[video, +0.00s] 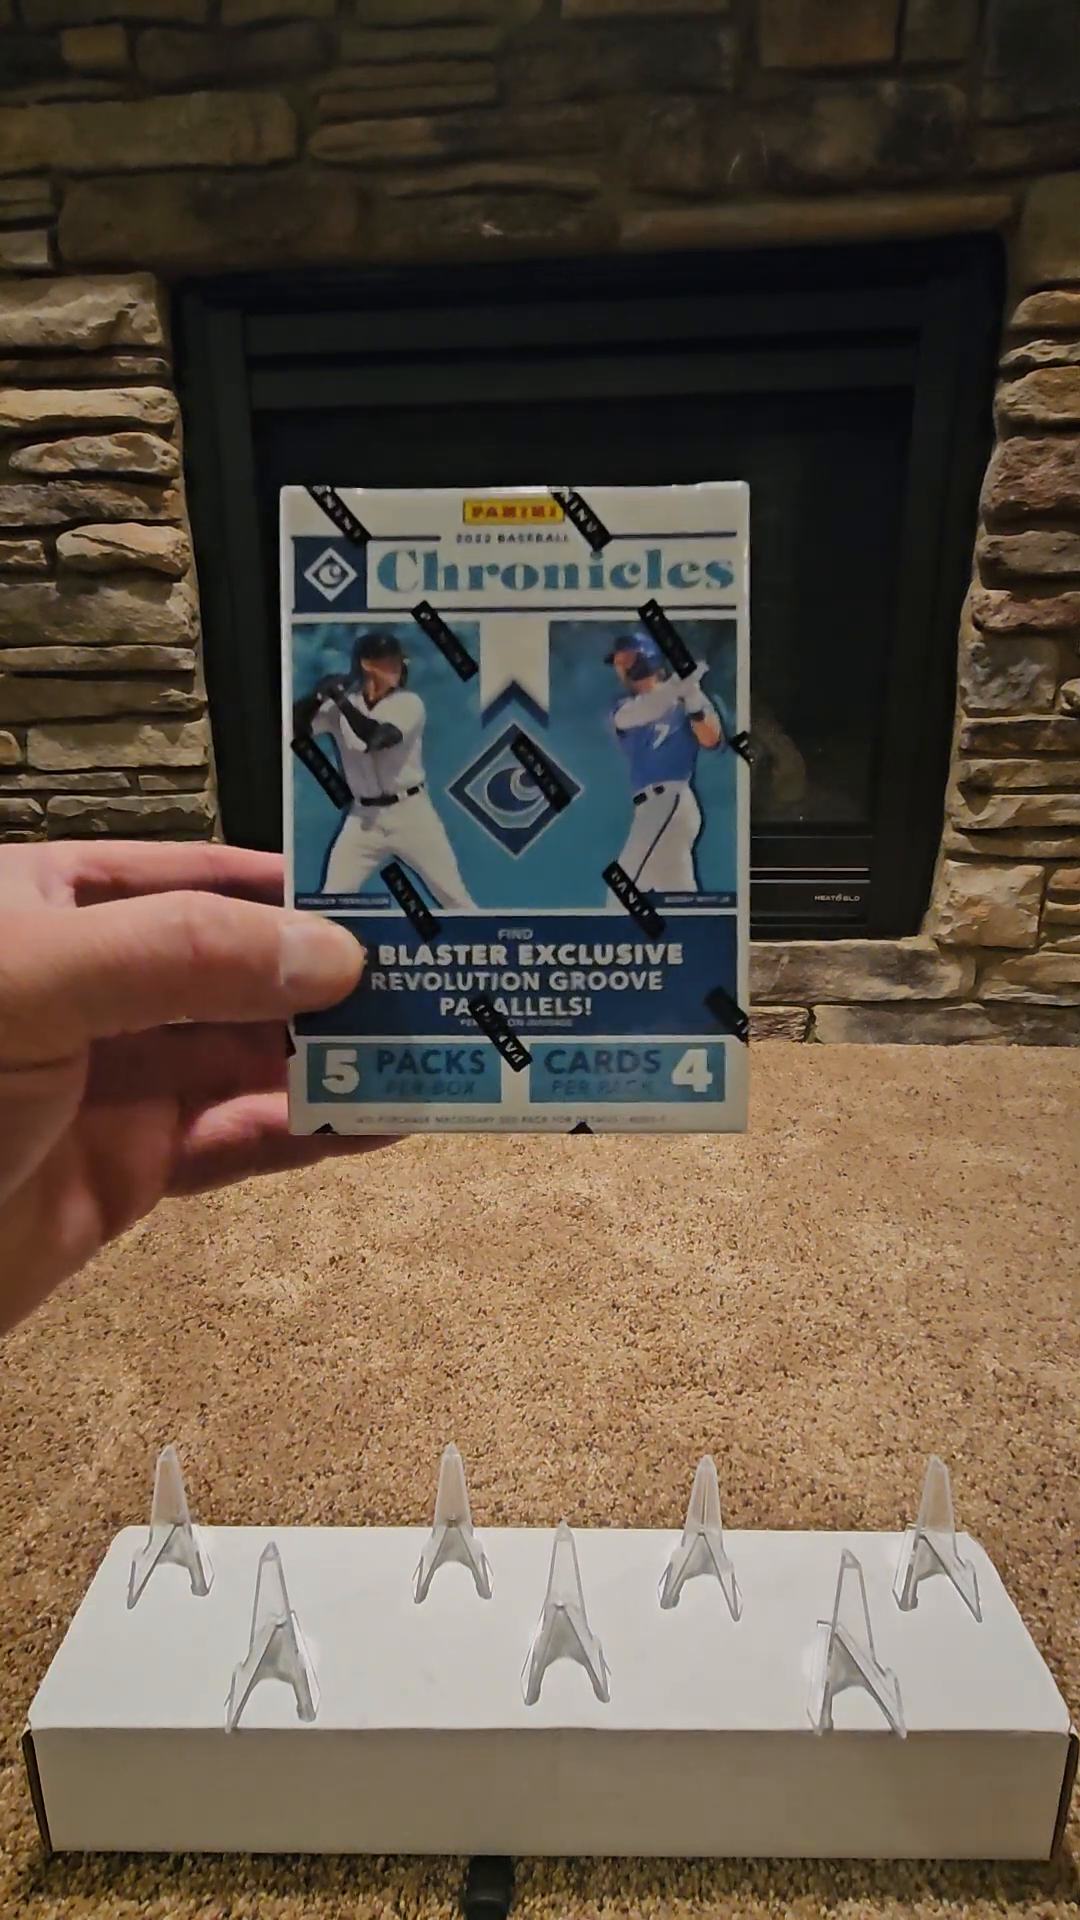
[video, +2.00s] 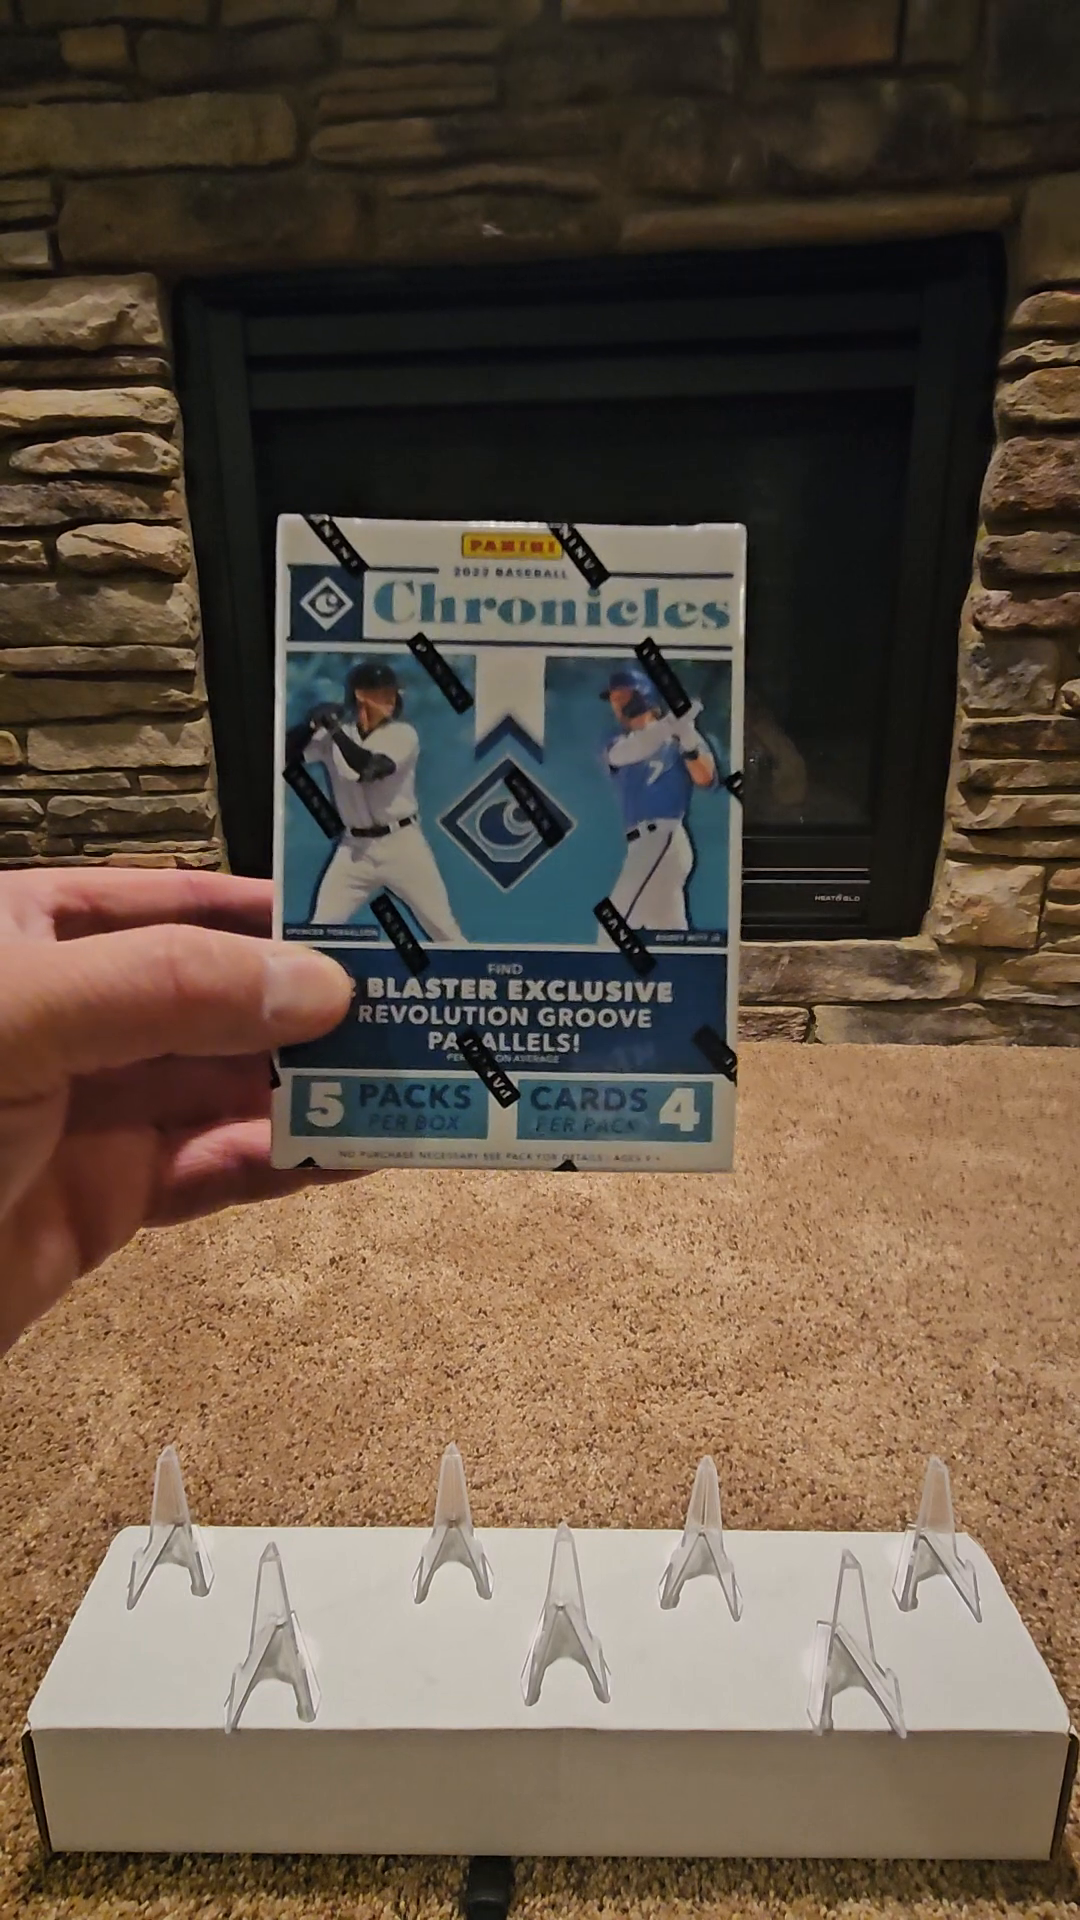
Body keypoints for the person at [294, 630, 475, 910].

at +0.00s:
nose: (396, 666)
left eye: (398, 659)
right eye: (388, 660)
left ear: (402, 664)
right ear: (366, 665)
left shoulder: (409, 703)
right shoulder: (338, 708)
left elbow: (376, 739)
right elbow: (295, 731)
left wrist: (340, 699)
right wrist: (317, 697)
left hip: (411, 813)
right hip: (363, 818)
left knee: (453, 896)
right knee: (333, 901)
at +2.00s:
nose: (392, 696)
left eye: (393, 690)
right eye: (384, 690)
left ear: (396, 694)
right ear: (361, 695)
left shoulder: (402, 734)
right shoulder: (331, 738)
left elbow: (369, 769)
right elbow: (285, 755)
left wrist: (334, 729)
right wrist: (311, 725)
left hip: (403, 845)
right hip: (354, 849)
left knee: (444, 929)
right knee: (322, 930)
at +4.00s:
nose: (381, 693)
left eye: (382, 687)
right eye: (372, 687)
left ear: (387, 691)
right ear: (350, 692)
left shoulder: (393, 731)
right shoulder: (323, 735)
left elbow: (359, 766)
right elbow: (279, 753)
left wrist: (324, 726)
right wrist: (300, 724)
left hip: (395, 843)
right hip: (346, 847)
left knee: (439, 928)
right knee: (314, 932)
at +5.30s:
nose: (371, 651)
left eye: (371, 644)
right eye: (361, 644)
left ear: (375, 649)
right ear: (335, 650)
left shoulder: (381, 693)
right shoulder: (303, 699)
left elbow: (344, 731)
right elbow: (255, 716)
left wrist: (307, 689)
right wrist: (282, 683)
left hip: (384, 816)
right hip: (330, 820)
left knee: (428, 906)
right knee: (297, 912)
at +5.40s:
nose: (349, 622)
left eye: (350, 615)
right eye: (339, 615)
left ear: (353, 620)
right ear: (313, 620)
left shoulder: (360, 665)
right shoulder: (281, 669)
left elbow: (324, 705)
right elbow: (231, 690)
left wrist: (283, 660)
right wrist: (258, 654)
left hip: (363, 792)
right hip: (308, 796)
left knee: (411, 887)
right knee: (275, 889)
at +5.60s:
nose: (327, 570)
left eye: (328, 563)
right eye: (316, 563)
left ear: (332, 569)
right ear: (291, 570)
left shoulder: (341, 616)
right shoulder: (257, 622)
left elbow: (303, 658)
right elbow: (204, 644)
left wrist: (260, 613)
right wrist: (233, 607)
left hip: (346, 750)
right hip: (289, 756)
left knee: (397, 848)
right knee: (255, 855)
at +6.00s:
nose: (349, 519)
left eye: (352, 511)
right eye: (337, 511)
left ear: (358, 519)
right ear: (309, 519)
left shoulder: (365, 571)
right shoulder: (273, 579)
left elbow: (325, 618)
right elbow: (213, 600)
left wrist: (277, 567)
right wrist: (248, 563)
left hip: (371, 719)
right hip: (308, 724)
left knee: (427, 829)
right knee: (269, 835)